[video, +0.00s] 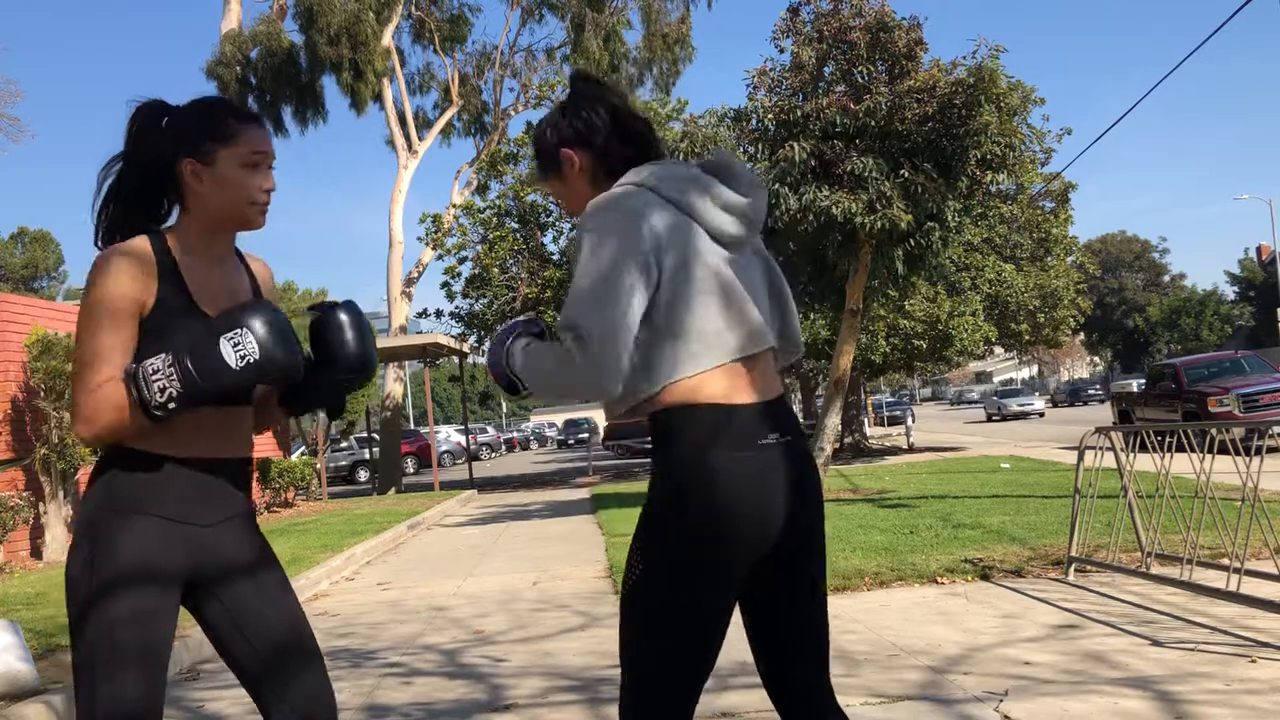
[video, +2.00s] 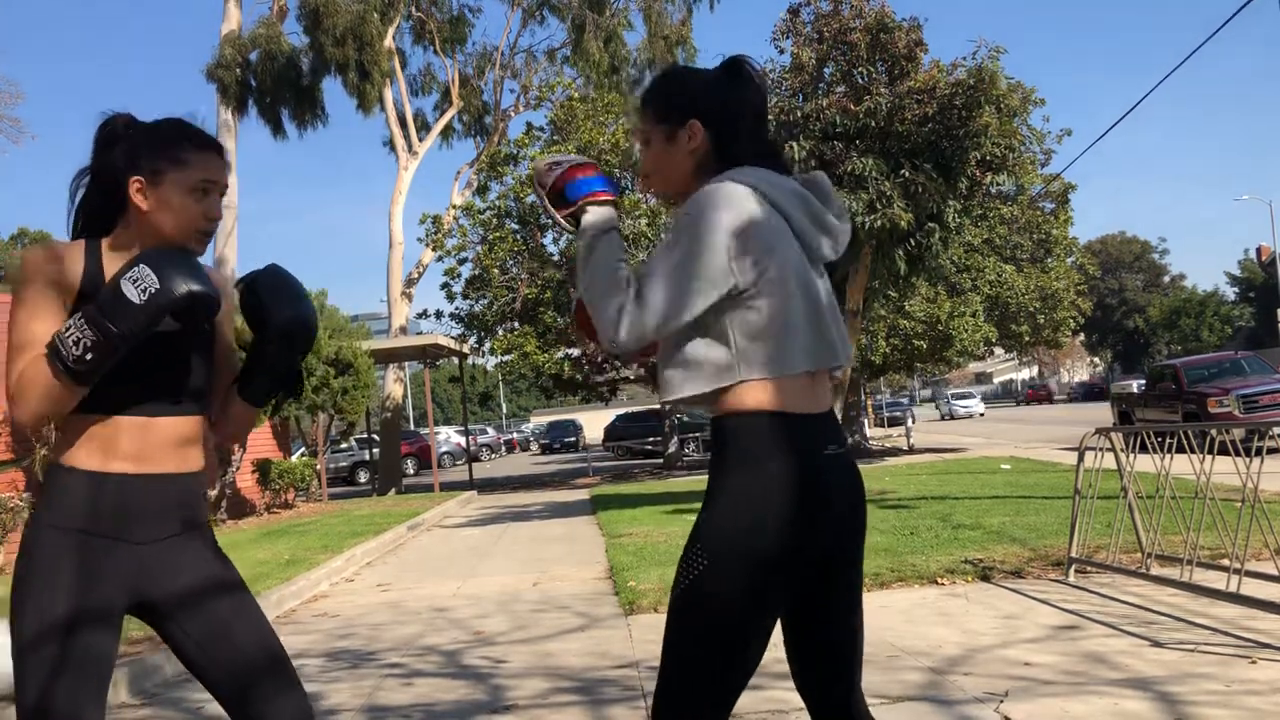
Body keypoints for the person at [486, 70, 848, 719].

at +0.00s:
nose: (562, 210)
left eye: (554, 191)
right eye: (554, 197)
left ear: (574, 160)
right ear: (632, 145)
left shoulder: (618, 213)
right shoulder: (719, 204)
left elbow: (592, 367)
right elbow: (783, 336)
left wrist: (516, 349)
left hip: (705, 476)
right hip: (786, 466)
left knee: (653, 704)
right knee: (807, 694)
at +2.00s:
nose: (639, 164)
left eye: (645, 144)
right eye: (639, 147)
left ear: (690, 137)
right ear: (693, 135)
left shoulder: (724, 206)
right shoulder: (783, 206)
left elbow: (621, 325)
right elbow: (740, 345)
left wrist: (594, 213)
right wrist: (629, 346)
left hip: (757, 478)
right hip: (826, 471)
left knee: (686, 705)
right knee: (838, 701)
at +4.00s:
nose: (649, 180)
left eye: (652, 161)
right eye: (645, 164)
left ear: (700, 142)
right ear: (712, 137)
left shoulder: (732, 198)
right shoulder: (803, 208)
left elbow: (632, 281)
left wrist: (556, 192)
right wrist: (672, 232)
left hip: (758, 485)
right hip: (829, 479)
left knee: (676, 705)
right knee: (839, 700)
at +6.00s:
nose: (606, 169)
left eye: (614, 149)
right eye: (606, 152)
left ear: (663, 148)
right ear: (665, 150)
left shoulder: (664, 222)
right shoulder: (730, 217)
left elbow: (598, 327)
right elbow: (670, 357)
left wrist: (533, 374)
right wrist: (597, 351)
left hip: (725, 486)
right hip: (798, 480)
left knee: (619, 705)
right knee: (812, 700)